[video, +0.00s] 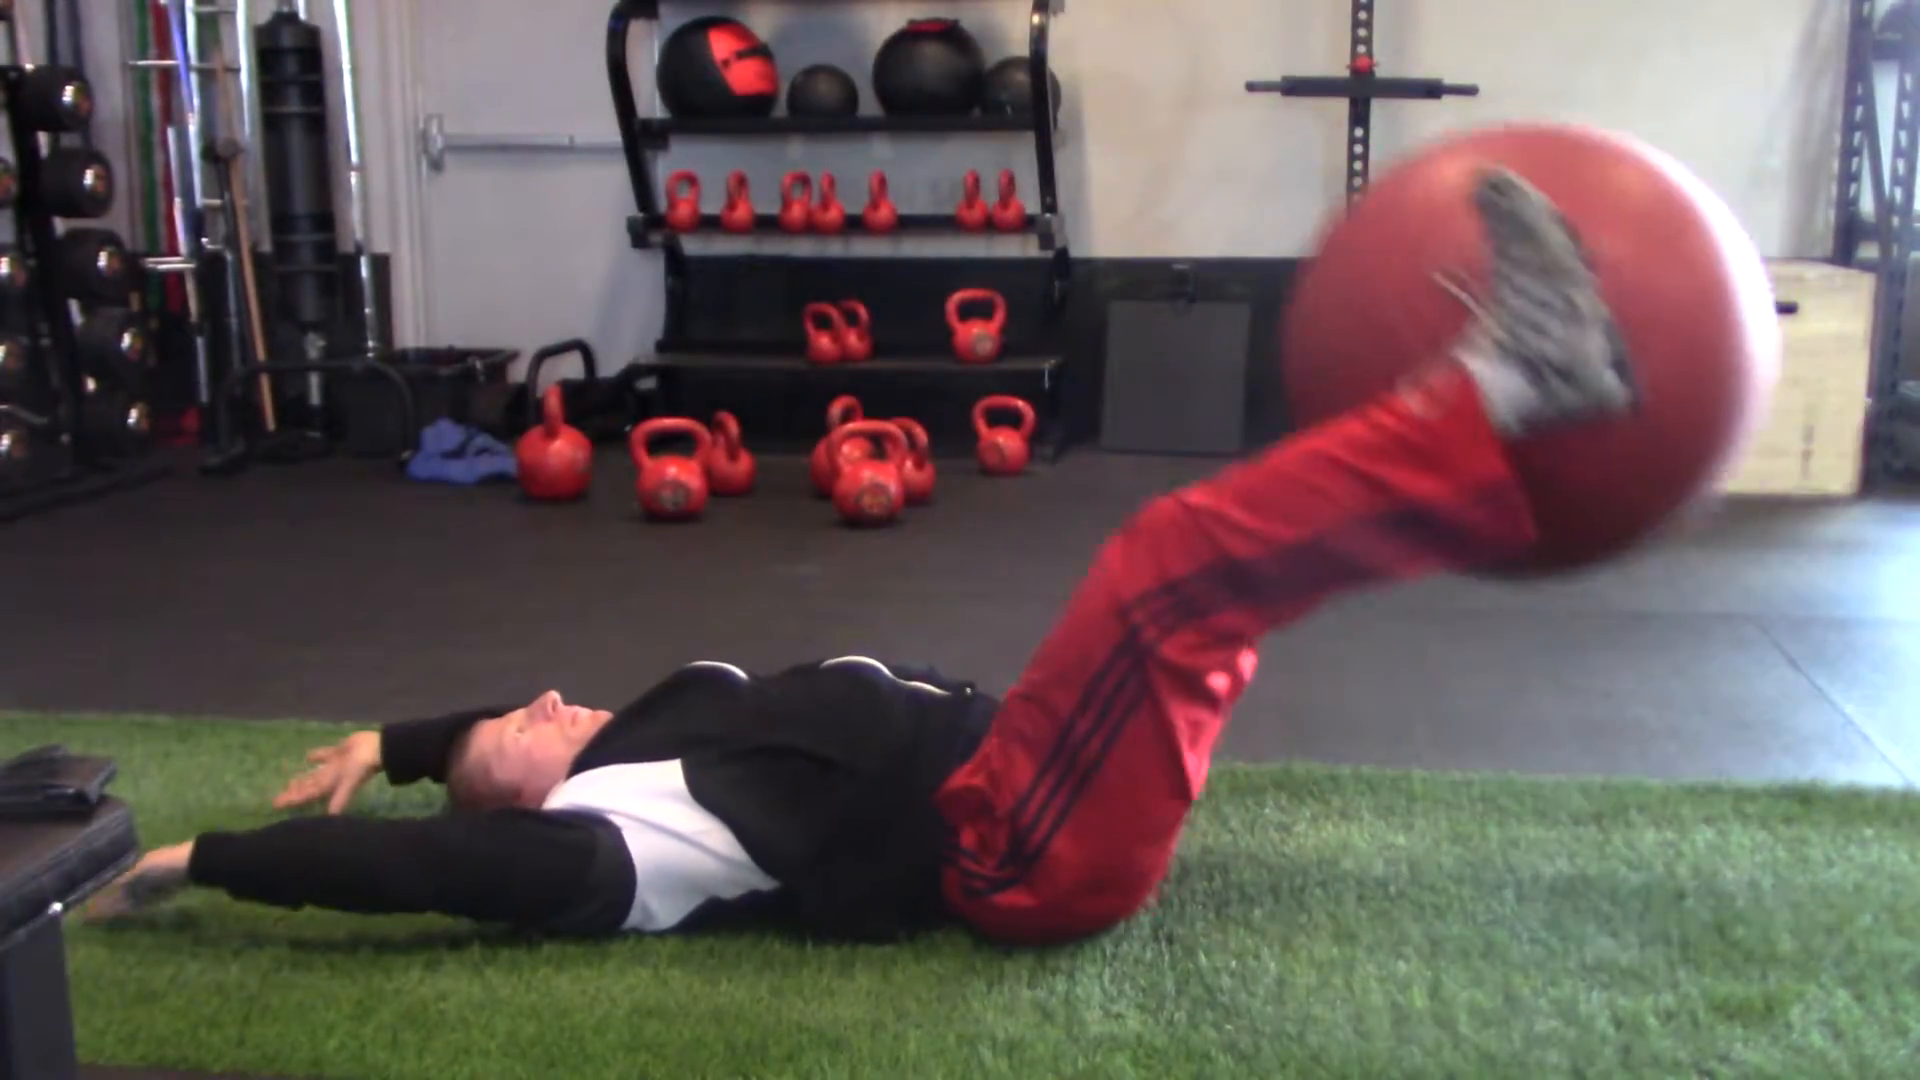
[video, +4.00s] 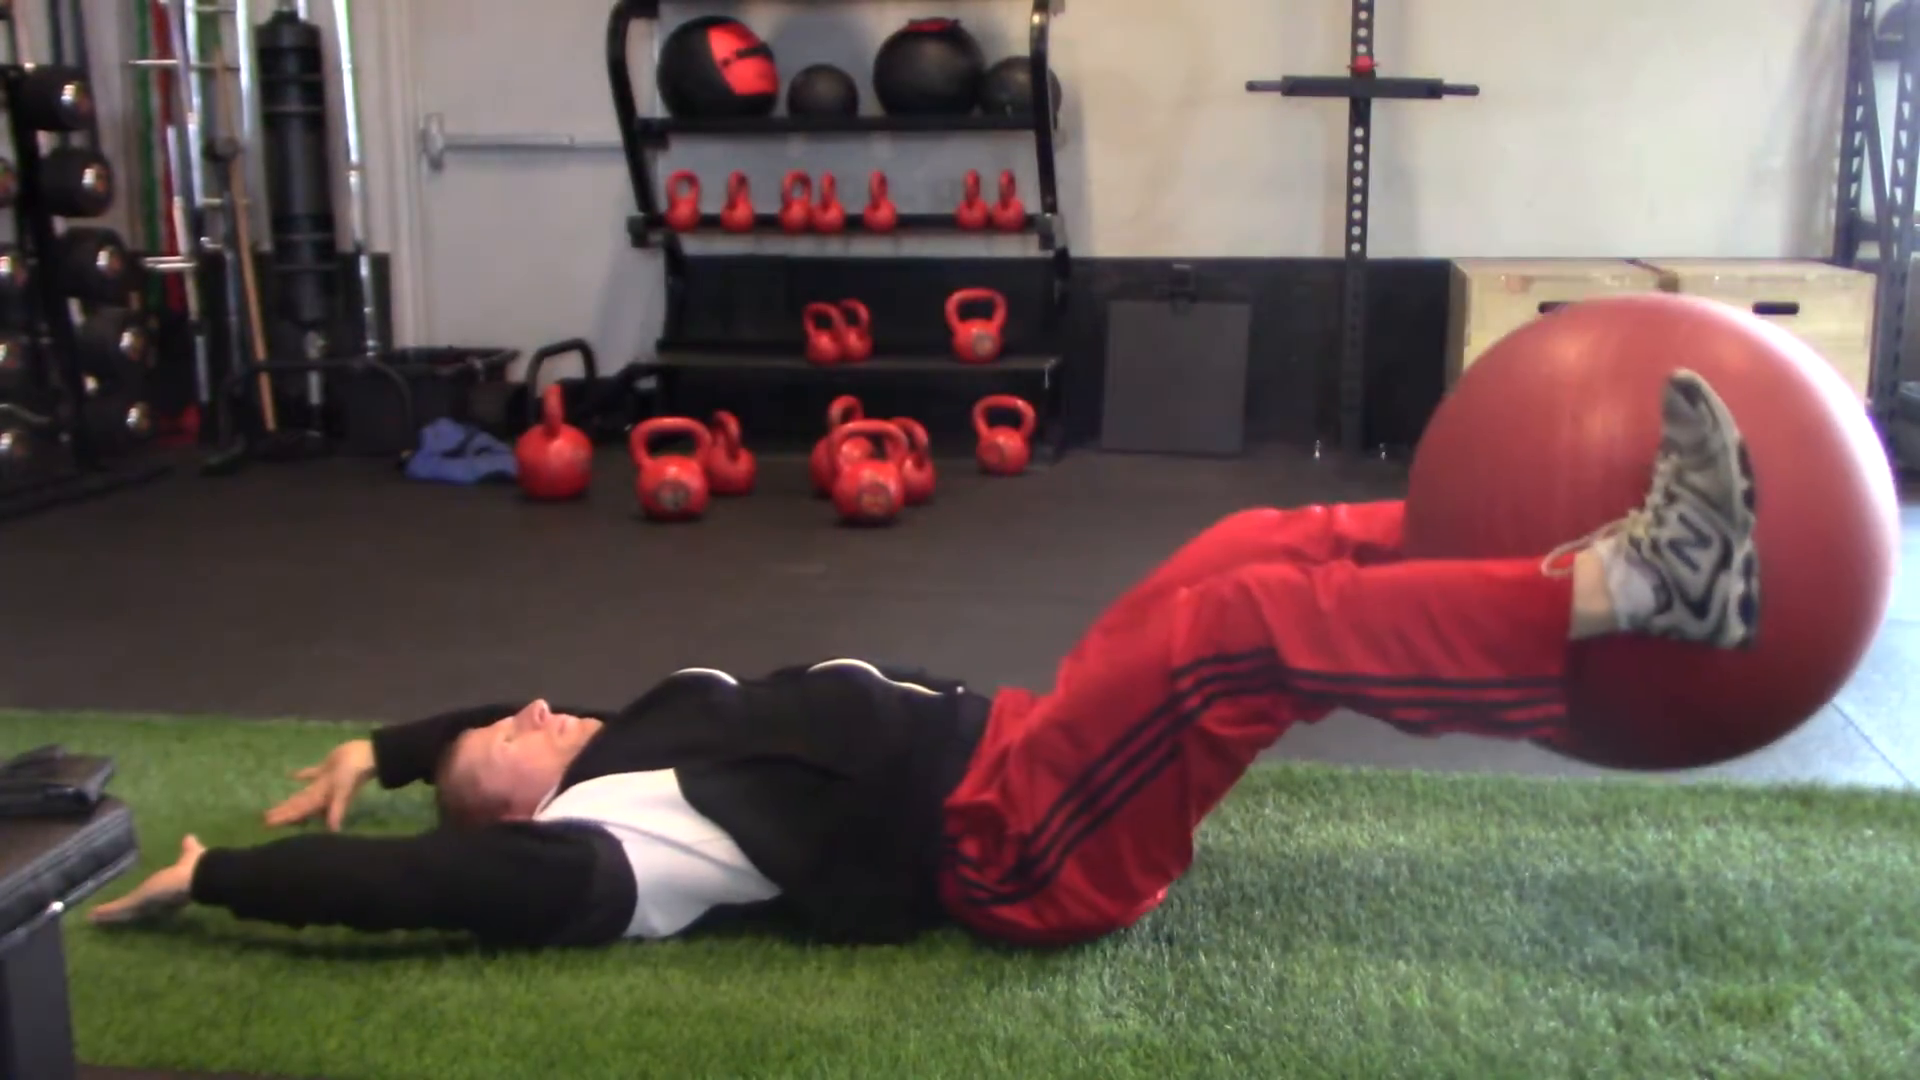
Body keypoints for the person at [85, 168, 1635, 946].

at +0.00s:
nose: (527, 726)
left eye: (518, 719)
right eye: (502, 751)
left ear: (551, 718)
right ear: (514, 804)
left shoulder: (660, 728)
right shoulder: (618, 831)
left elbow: (523, 709)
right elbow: (464, 864)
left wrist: (375, 746)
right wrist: (224, 859)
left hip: (1037, 787)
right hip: (1016, 848)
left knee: (1198, 569)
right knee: (1160, 561)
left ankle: (1498, 427)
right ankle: (1501, 438)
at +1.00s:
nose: (523, 692)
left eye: (499, 695)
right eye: (490, 715)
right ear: (498, 808)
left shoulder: (686, 708)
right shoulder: (598, 842)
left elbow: (686, 536)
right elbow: (582, 655)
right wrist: (517, 447)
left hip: (1040, 721)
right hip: (981, 790)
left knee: (875, 478)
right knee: (788, 549)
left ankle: (855, 209)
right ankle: (713, 223)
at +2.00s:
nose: (524, 722)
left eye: (511, 699)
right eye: (499, 737)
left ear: (557, 692)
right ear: (508, 792)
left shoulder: (686, 715)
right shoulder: (627, 835)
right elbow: (435, 814)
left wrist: (329, 714)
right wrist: (218, 750)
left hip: (1068, 728)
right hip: (1035, 836)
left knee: (1310, 572)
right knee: (1314, 657)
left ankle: (1618, 660)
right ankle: (1684, 785)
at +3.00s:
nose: (525, 688)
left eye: (507, 692)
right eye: (498, 711)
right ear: (502, 807)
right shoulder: (602, 830)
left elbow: (663, 595)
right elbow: (598, 620)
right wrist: (561, 409)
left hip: (1031, 716)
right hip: (969, 778)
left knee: (817, 491)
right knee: (751, 556)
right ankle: (640, 217)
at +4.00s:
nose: (526, 724)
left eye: (510, 723)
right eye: (500, 748)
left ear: (532, 736)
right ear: (501, 811)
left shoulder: (638, 741)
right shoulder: (622, 841)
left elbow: (496, 713)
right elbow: (428, 879)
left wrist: (382, 749)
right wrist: (227, 878)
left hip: (1021, 740)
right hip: (1020, 832)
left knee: (1260, 543)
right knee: (1242, 621)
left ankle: (1581, 538)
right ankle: (1615, 603)